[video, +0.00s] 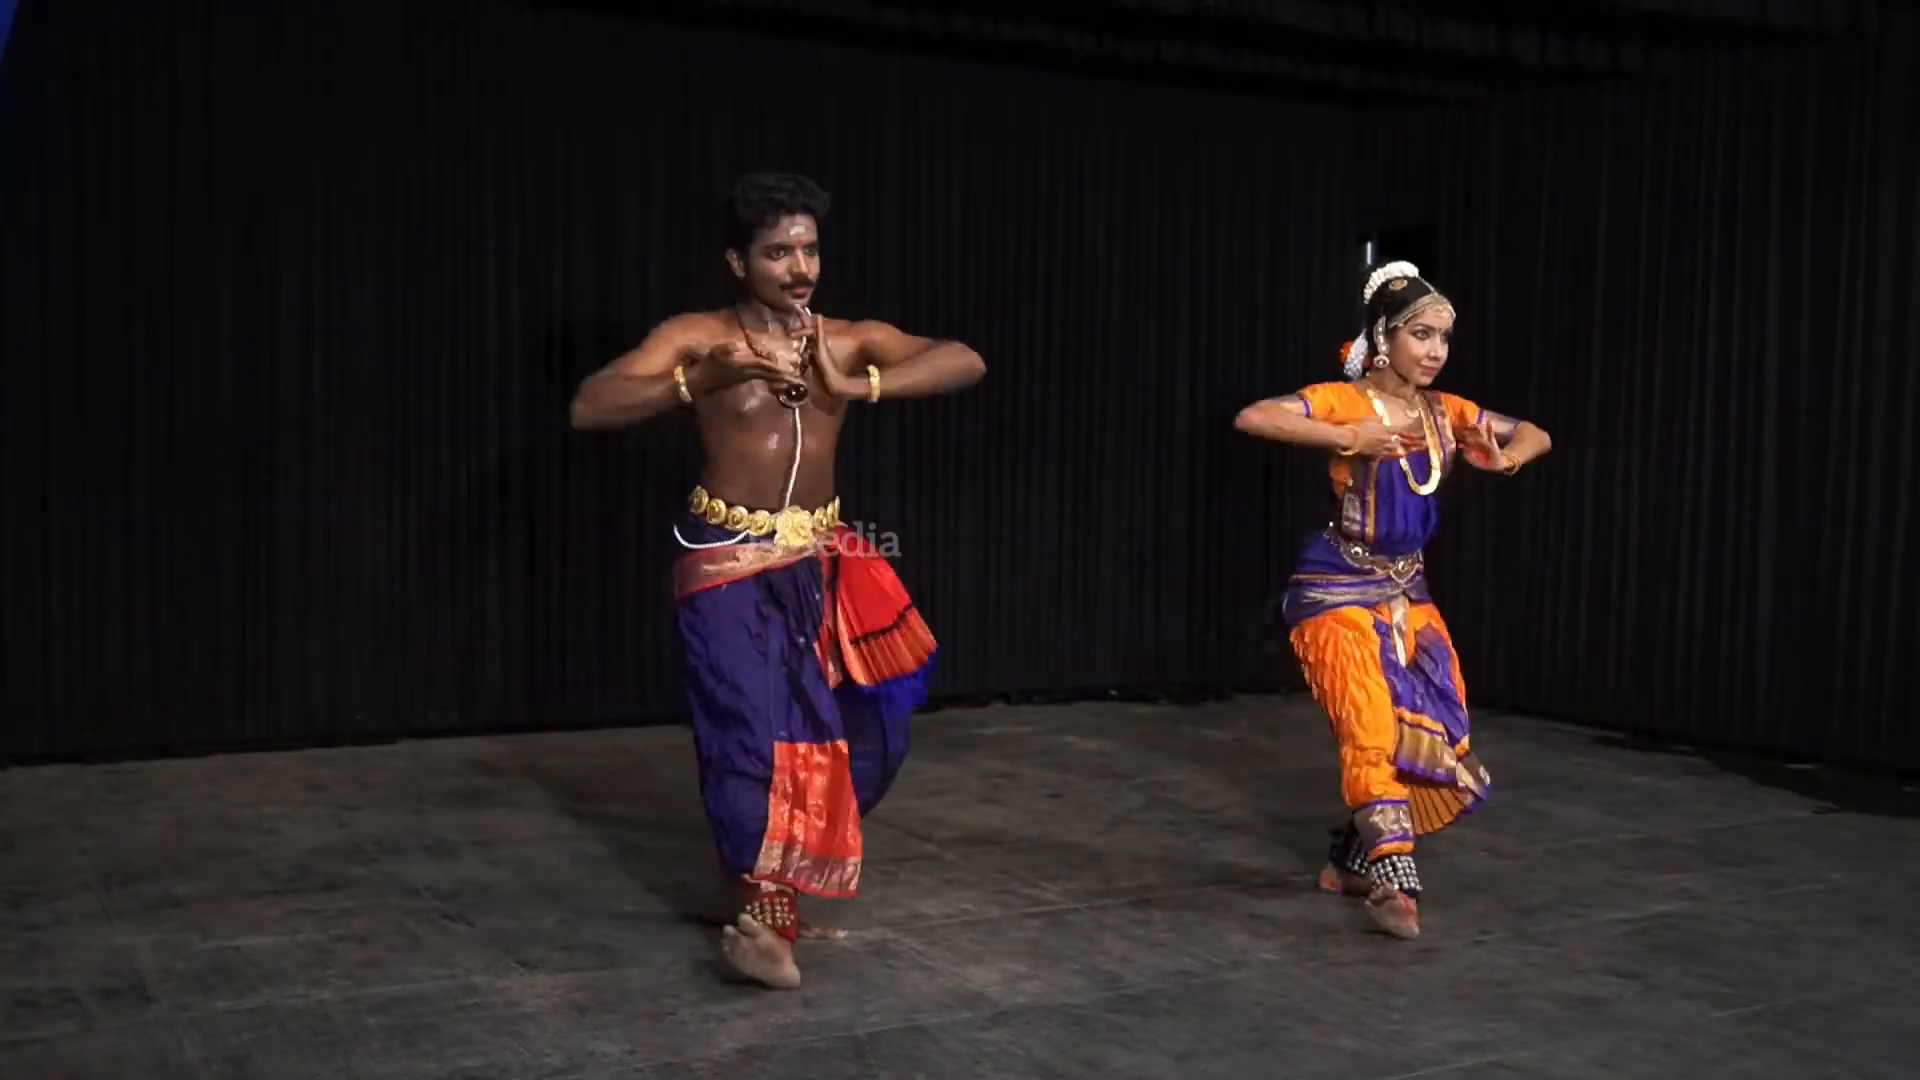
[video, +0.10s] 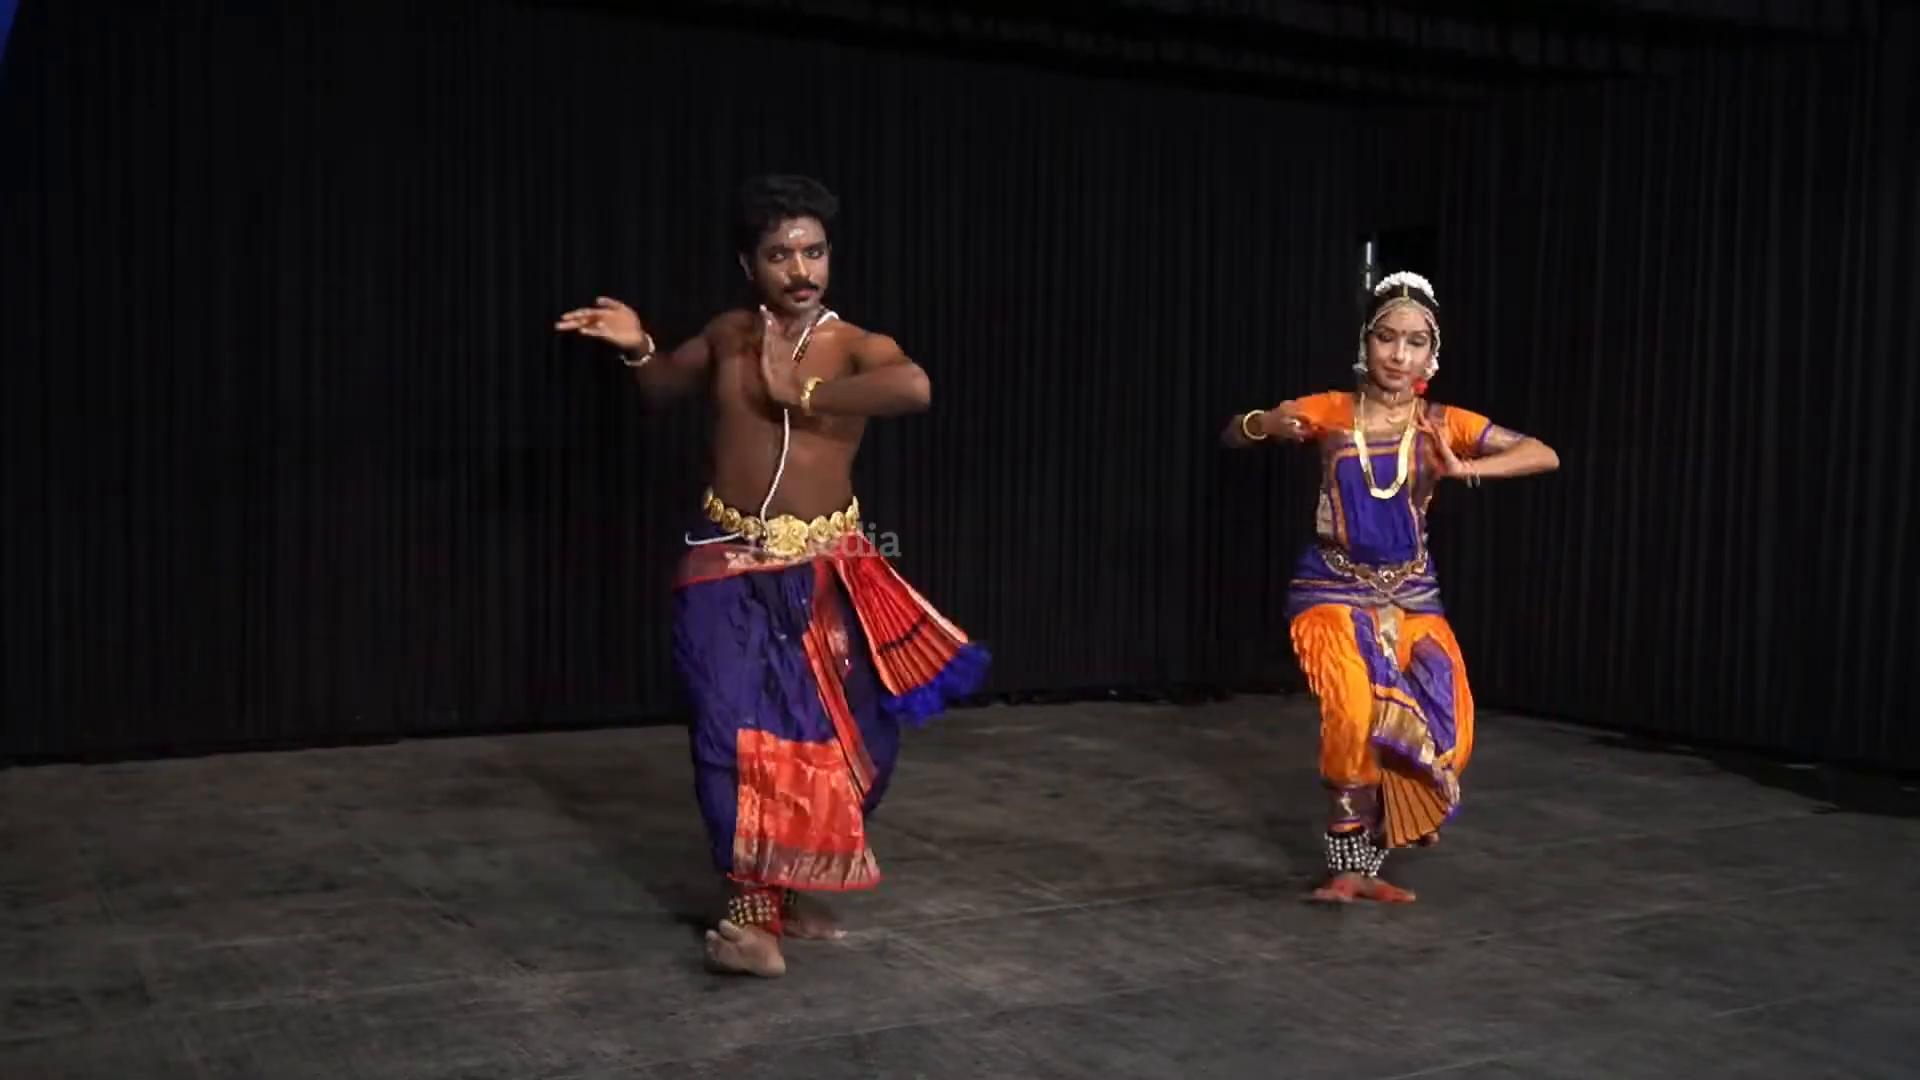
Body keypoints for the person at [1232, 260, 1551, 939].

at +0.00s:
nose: (1438, 352)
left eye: (1445, 338)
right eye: (1424, 336)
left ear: (1448, 343)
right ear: (1384, 339)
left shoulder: (1444, 409)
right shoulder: (1346, 401)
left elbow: (1535, 434)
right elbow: (1252, 418)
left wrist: (1507, 458)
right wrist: (1351, 438)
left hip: (1408, 594)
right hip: (1336, 591)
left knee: (1440, 731)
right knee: (1369, 723)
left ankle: (1353, 858)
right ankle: (1394, 880)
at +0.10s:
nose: (1401, 355)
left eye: (1418, 343)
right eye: (1389, 338)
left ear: (1433, 358)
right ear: (1366, 347)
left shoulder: (1444, 424)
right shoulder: (1329, 413)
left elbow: (1545, 454)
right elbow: (1235, 434)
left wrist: (1475, 467)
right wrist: (1264, 425)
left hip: (1412, 597)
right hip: (1333, 591)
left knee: (1446, 727)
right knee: (1352, 704)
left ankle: (1372, 865)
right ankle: (1346, 865)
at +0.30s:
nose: (1333, 347)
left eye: (1347, 338)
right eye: (1337, 336)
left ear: (1385, 353)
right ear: (1371, 352)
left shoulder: (1424, 418)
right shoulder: (1336, 415)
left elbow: (1478, 457)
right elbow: (1289, 452)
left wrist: (1386, 466)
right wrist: (1205, 453)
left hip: (1399, 588)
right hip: (1320, 584)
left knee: (1415, 724)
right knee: (1306, 724)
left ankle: (1354, 863)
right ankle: (1294, 812)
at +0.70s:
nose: (1293, 316)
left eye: (1308, 305)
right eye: (1293, 303)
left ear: (1346, 315)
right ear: (1297, 308)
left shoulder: (1381, 379)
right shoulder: (1280, 374)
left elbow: (1464, 419)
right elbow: (1210, 395)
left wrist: (1390, 430)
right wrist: (1148, 393)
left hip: (1352, 543)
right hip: (1276, 541)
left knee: (1364, 672)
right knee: (1287, 673)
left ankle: (1371, 822)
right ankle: (1311, 819)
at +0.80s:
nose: (1304, 311)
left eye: (1319, 299)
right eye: (1294, 298)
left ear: (1342, 312)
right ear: (1281, 308)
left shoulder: (1365, 374)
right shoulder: (1261, 372)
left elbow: (1452, 411)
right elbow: (1201, 420)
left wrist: (1390, 422)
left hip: (1340, 539)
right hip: (1267, 537)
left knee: (1342, 665)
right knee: (1290, 663)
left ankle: (1328, 796)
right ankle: (1310, 812)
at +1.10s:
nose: (1291, 320)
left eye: (1297, 309)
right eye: (1279, 307)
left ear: (1300, 316)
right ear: (1245, 313)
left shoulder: (1303, 376)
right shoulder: (1222, 376)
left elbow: (1386, 408)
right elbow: (1255, 419)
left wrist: (1362, 416)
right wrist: (1337, 417)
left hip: (1285, 542)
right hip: (1229, 544)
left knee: (1285, 670)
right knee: (1267, 672)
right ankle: (1298, 800)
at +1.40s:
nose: (1245, 321)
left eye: (1250, 310)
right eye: (1234, 309)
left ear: (1254, 307)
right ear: (1207, 309)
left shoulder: (1250, 370)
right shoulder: (1188, 372)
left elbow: (1330, 405)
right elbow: (1210, 423)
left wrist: (1312, 423)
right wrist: (1274, 418)